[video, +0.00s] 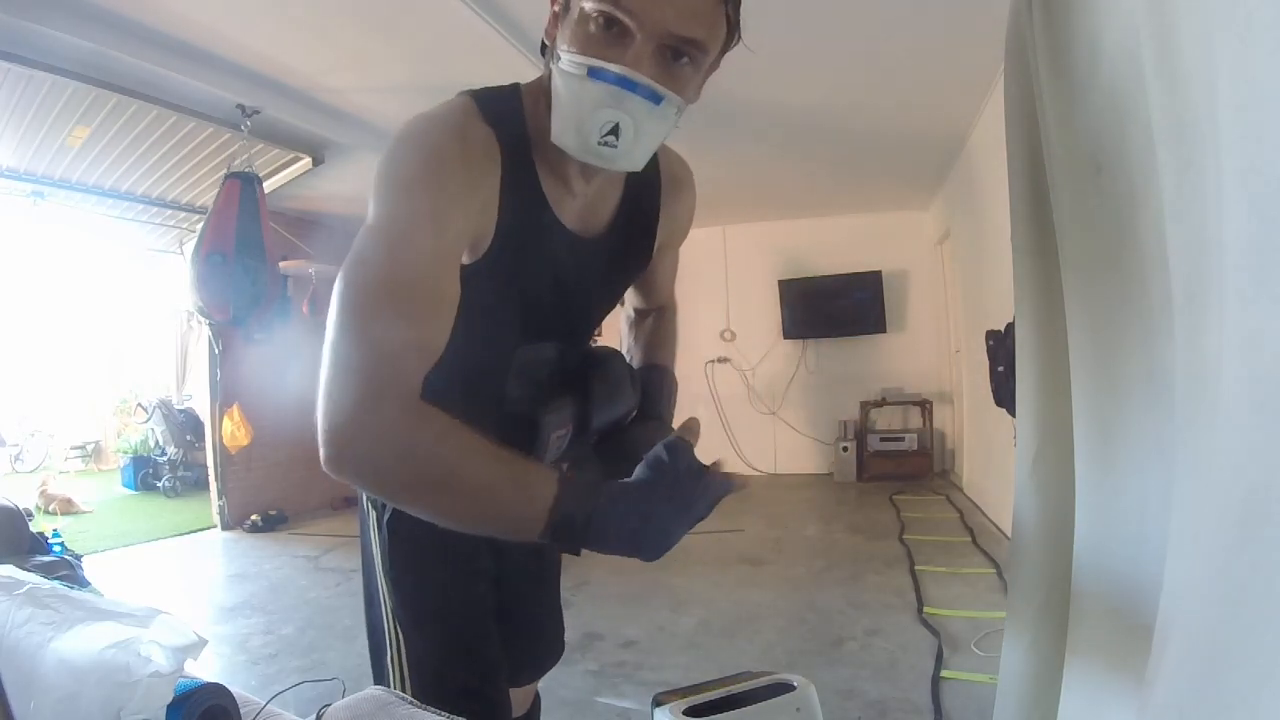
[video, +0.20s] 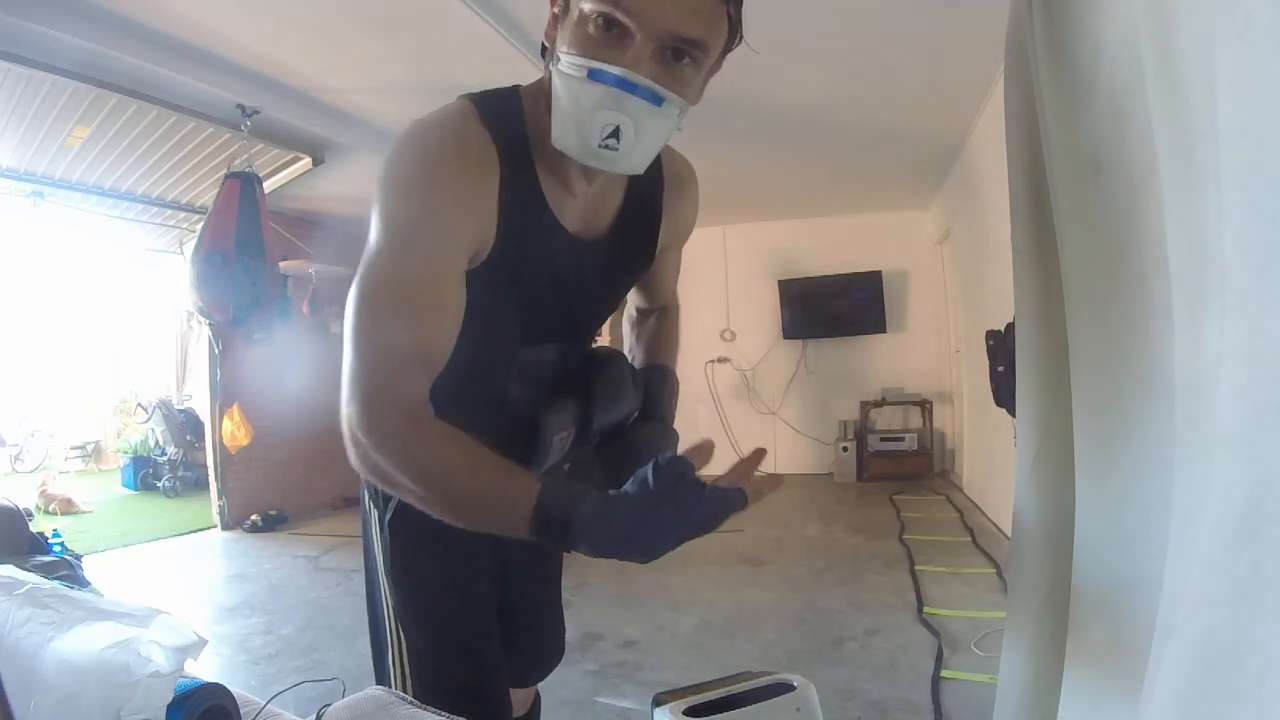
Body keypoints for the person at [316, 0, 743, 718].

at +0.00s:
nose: (633, 74)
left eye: (679, 54)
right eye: (610, 26)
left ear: (711, 73)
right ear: (556, 20)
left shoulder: (664, 187)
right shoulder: (446, 152)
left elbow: (653, 309)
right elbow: (362, 431)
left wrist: (651, 418)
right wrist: (584, 512)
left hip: (535, 467)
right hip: (421, 469)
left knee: (521, 684)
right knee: (462, 704)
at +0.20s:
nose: (632, 74)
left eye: (678, 54)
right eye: (610, 26)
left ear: (710, 76)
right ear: (556, 21)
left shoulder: (667, 190)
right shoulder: (446, 156)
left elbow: (653, 307)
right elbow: (381, 430)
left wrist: (651, 423)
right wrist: (587, 521)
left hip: (539, 477)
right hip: (431, 472)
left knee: (520, 687)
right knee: (460, 703)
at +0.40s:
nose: (638, 81)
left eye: (682, 60)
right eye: (614, 31)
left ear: (712, 77)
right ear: (560, 23)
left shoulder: (669, 191)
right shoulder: (449, 159)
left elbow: (652, 309)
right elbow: (390, 425)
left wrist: (654, 419)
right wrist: (585, 524)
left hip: (537, 474)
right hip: (429, 469)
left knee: (522, 686)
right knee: (462, 704)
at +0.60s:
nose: (642, 85)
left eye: (684, 63)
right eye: (617, 36)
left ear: (715, 78)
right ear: (563, 25)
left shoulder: (667, 191)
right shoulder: (453, 162)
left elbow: (650, 310)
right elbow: (386, 422)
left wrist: (648, 433)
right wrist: (561, 529)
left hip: (540, 479)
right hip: (431, 477)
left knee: (523, 692)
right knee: (462, 706)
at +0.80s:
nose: (642, 88)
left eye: (684, 68)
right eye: (619, 42)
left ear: (711, 79)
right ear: (563, 26)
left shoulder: (661, 193)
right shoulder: (458, 161)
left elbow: (646, 307)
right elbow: (413, 397)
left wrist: (646, 408)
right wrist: (474, 519)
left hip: (549, 452)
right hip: (435, 450)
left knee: (527, 680)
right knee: (466, 701)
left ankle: (516, 707)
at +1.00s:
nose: (634, 84)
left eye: (675, 67)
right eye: (614, 40)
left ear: (703, 83)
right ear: (563, 28)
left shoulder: (657, 192)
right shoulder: (457, 165)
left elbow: (646, 308)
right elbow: (399, 389)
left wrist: (646, 408)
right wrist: (446, 526)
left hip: (547, 455)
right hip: (435, 454)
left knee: (531, 681)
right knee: (466, 702)